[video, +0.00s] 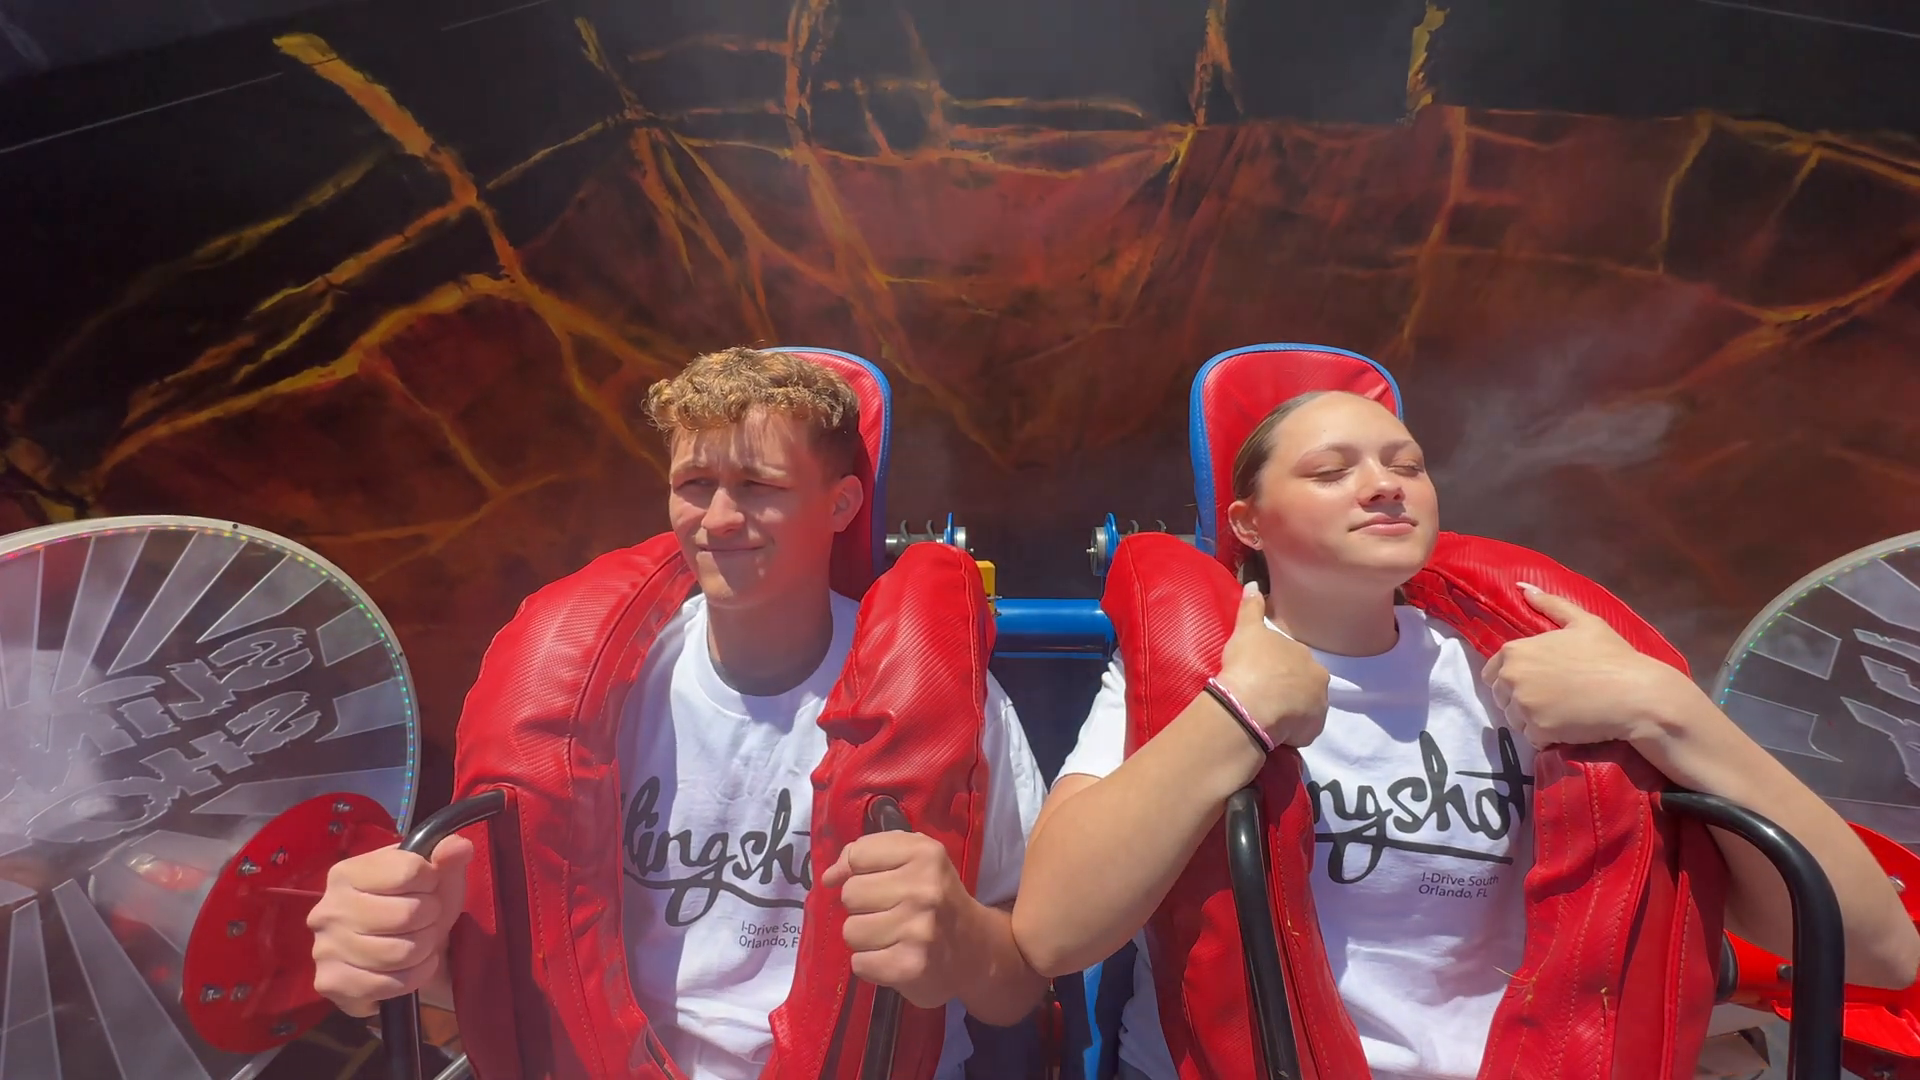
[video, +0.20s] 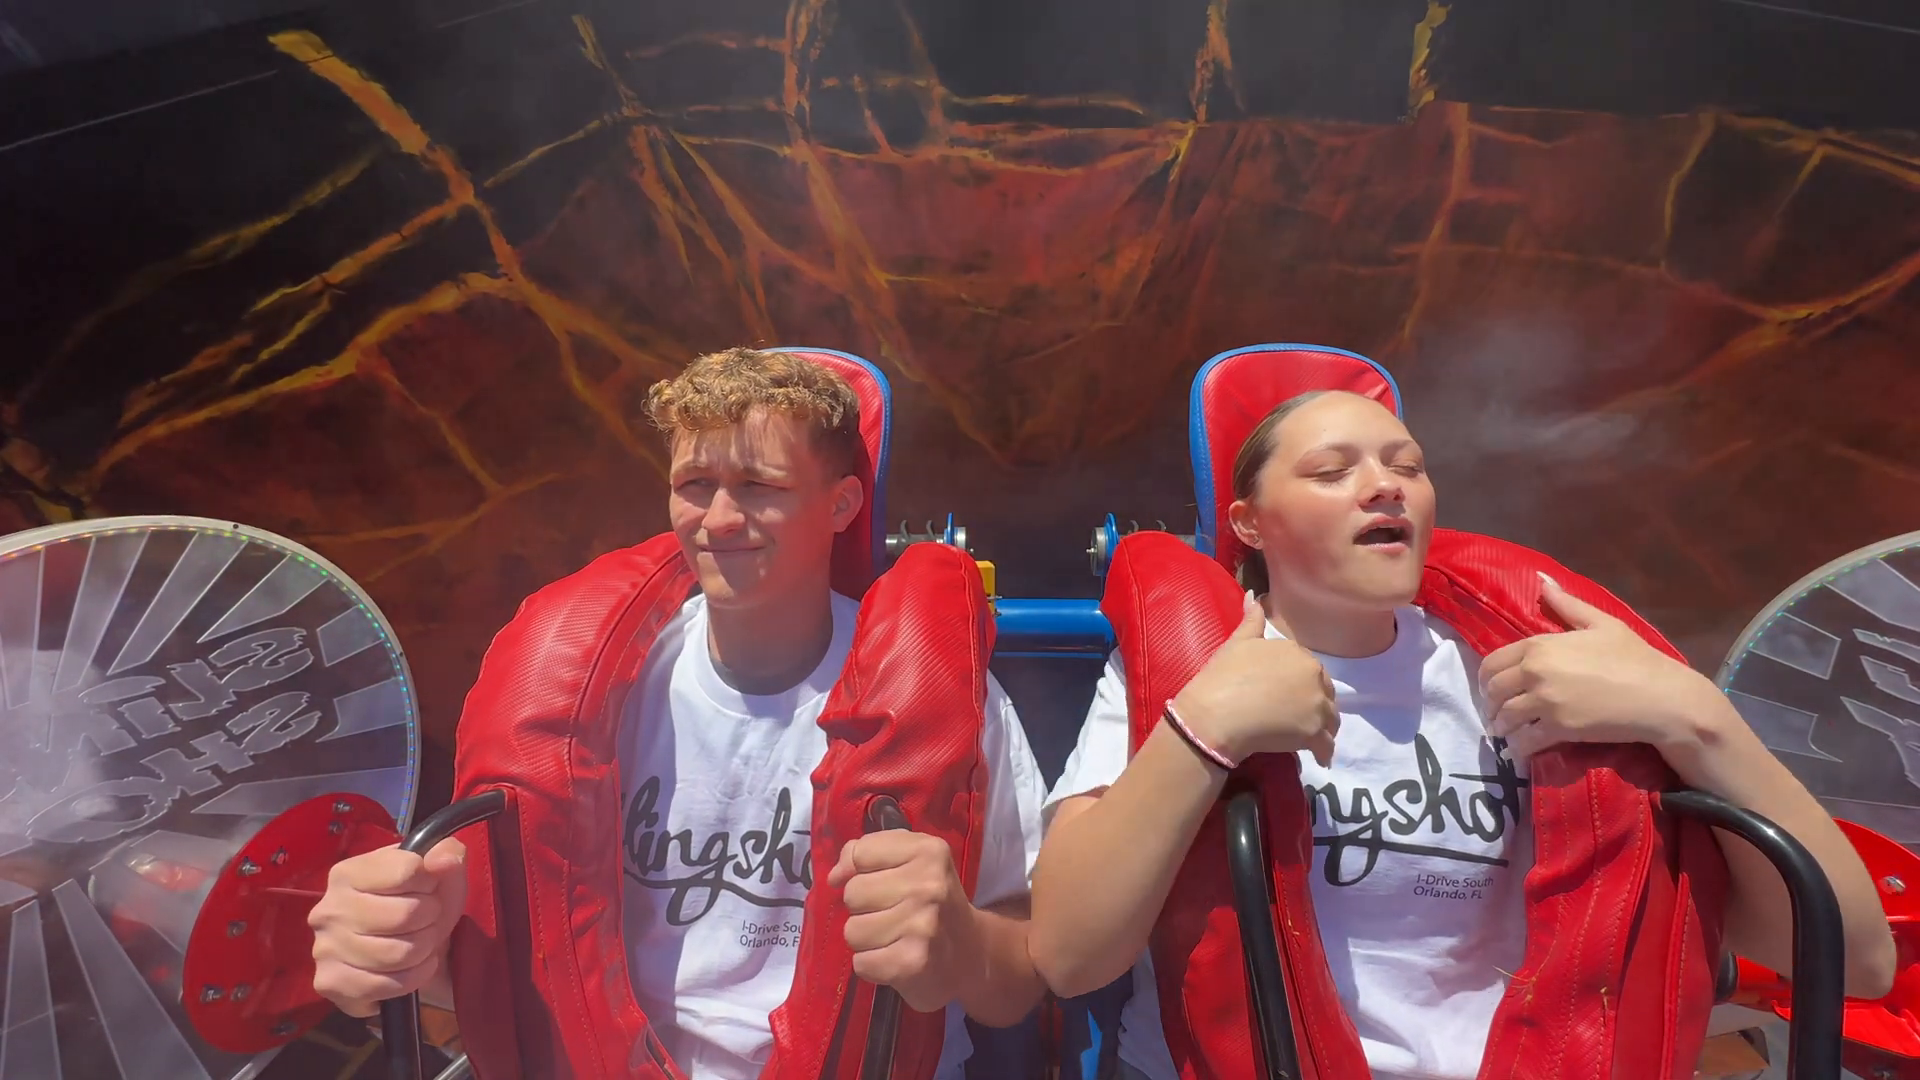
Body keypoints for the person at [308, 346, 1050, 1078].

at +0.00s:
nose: (720, 519)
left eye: (759, 487)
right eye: (697, 486)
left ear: (845, 503)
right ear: (669, 493)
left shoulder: (937, 695)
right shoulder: (582, 672)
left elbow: (1021, 989)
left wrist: (968, 944)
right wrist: (420, 951)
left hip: (832, 1067)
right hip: (606, 1061)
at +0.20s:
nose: (721, 519)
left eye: (761, 487)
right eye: (697, 486)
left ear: (845, 503)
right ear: (669, 493)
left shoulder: (938, 695)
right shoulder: (582, 674)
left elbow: (1023, 983)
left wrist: (961, 945)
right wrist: (422, 951)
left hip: (831, 1066)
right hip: (607, 1060)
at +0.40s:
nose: (724, 520)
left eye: (764, 488)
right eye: (700, 487)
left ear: (846, 504)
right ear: (673, 493)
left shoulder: (939, 694)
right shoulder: (583, 672)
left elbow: (1025, 972)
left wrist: (963, 946)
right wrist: (409, 946)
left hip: (826, 1065)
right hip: (607, 1060)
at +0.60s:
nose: (737, 522)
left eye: (777, 490)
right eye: (712, 487)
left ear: (849, 506)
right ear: (679, 491)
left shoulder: (937, 690)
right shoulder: (583, 671)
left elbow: (1022, 973)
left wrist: (964, 944)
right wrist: (412, 947)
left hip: (833, 1063)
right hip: (612, 1057)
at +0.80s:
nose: (733, 524)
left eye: (774, 491)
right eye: (709, 488)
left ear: (849, 506)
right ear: (678, 491)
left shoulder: (937, 689)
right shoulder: (583, 670)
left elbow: (1023, 972)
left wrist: (964, 944)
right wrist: (410, 945)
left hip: (833, 1063)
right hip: (615, 1057)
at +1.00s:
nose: (736, 525)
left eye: (775, 491)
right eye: (712, 488)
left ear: (849, 507)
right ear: (679, 491)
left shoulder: (936, 692)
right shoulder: (582, 672)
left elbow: (1024, 968)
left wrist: (967, 945)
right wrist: (404, 941)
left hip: (828, 1064)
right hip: (610, 1059)